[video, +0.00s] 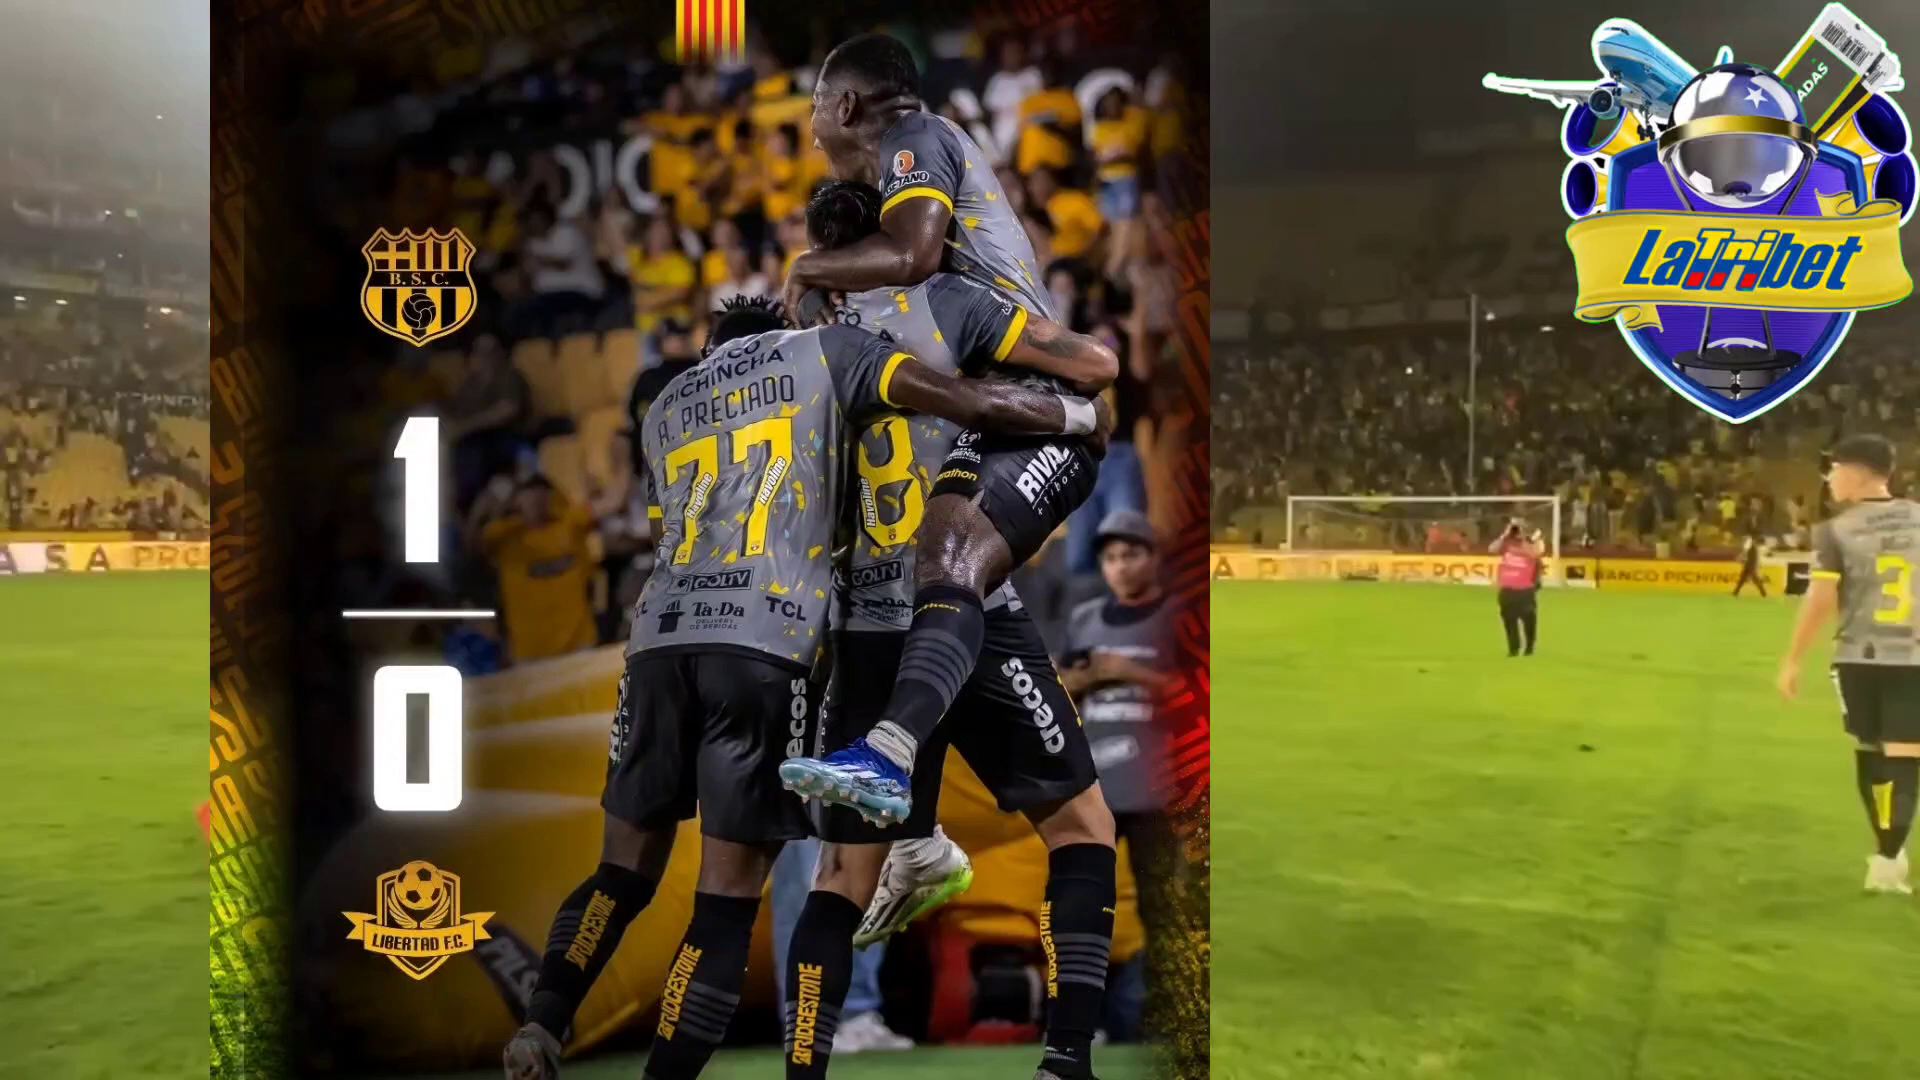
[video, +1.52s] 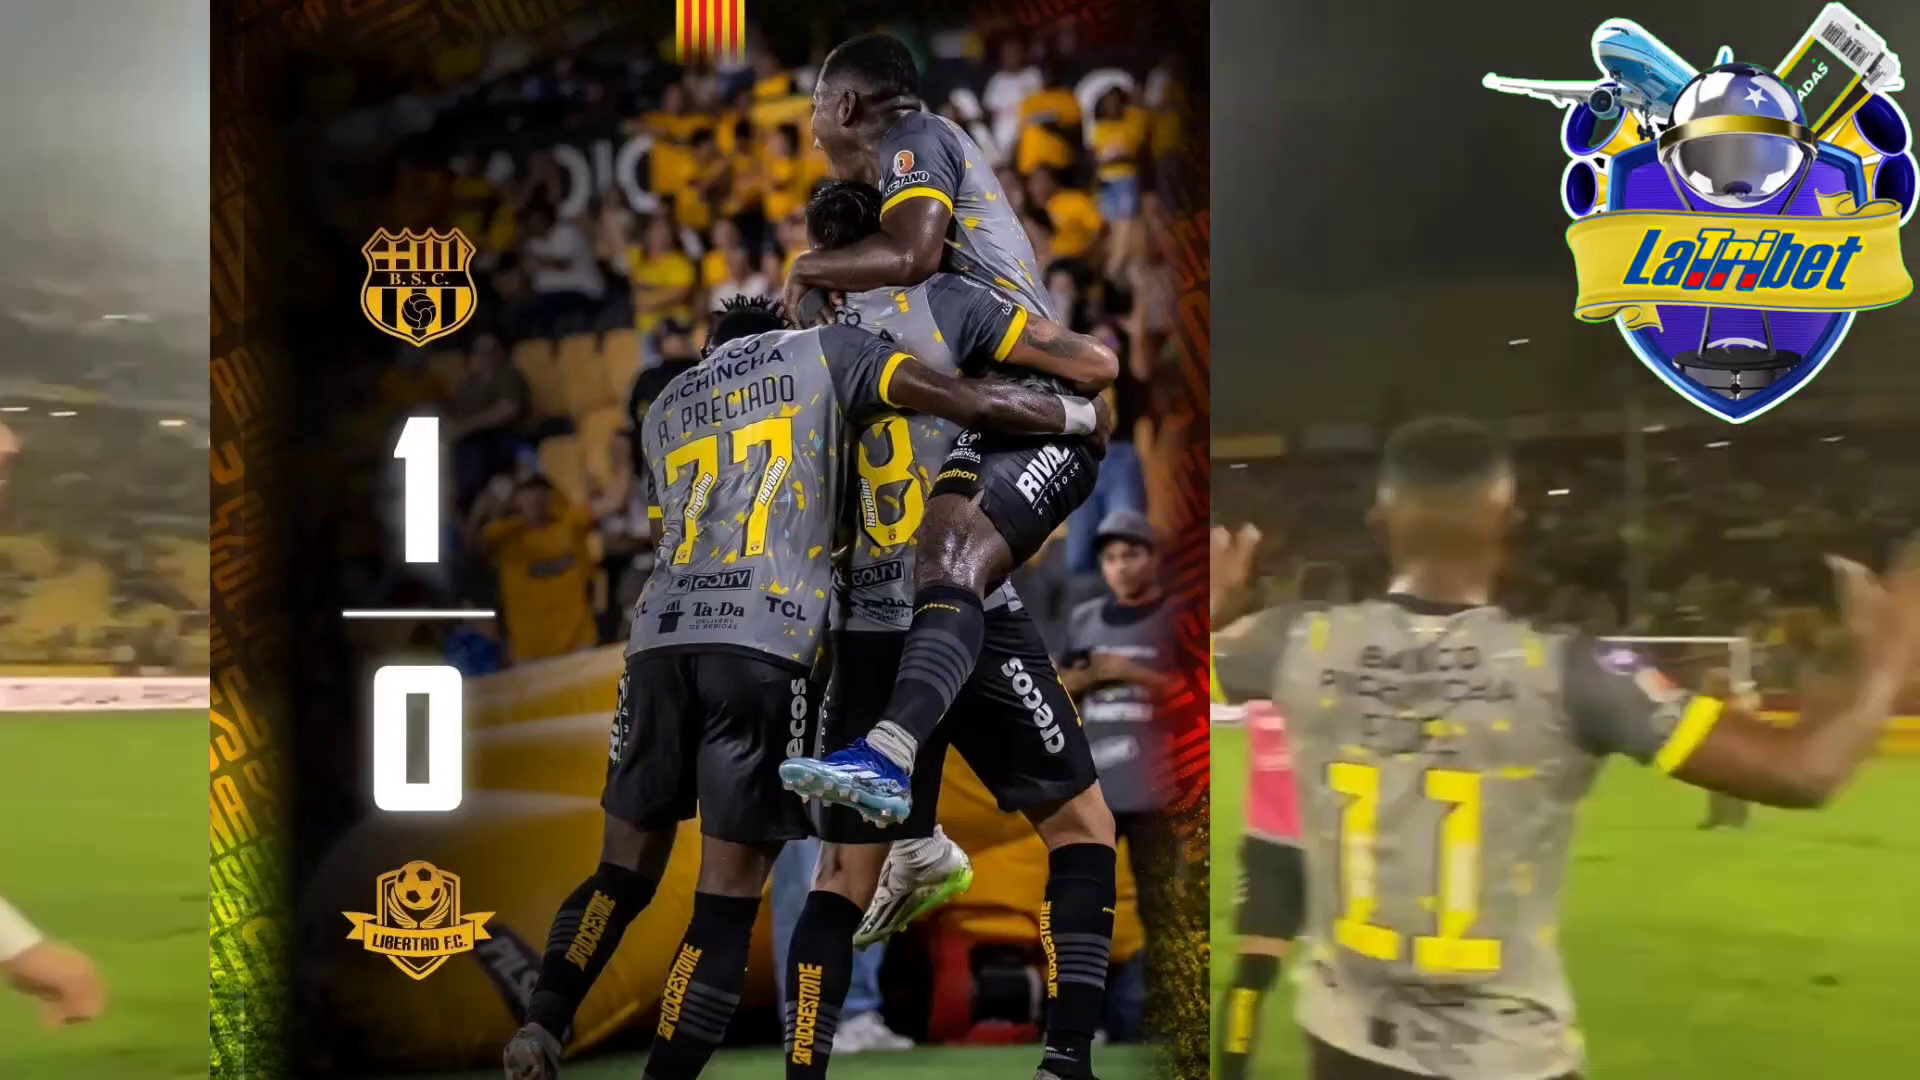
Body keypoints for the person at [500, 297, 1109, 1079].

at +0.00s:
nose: (821, 324)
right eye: (809, 318)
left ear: (708, 346)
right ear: (788, 324)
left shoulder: (661, 408)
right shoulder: (830, 347)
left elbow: (681, 519)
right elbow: (971, 400)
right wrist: (1088, 417)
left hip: (657, 648)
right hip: (762, 648)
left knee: (623, 867)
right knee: (727, 893)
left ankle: (543, 1026)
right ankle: (667, 1075)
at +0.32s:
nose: (822, 324)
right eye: (809, 317)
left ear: (708, 346)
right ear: (788, 323)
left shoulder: (661, 408)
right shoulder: (830, 347)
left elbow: (682, 518)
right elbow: (971, 400)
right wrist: (1089, 417)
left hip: (657, 648)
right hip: (762, 648)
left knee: (622, 868)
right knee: (727, 893)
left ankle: (543, 1026)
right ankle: (666, 1075)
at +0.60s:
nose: (820, 324)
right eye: (807, 318)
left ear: (708, 346)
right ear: (787, 324)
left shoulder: (660, 408)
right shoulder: (830, 348)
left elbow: (679, 520)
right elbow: (971, 400)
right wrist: (1089, 417)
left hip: (657, 648)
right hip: (761, 649)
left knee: (623, 867)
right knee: (726, 893)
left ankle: (543, 1026)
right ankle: (667, 1074)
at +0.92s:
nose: (821, 324)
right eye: (808, 317)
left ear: (708, 345)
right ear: (788, 324)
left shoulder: (661, 408)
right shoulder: (830, 347)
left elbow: (681, 519)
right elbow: (973, 400)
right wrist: (1088, 417)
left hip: (657, 648)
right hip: (762, 648)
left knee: (623, 867)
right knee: (727, 893)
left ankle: (543, 1026)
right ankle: (667, 1075)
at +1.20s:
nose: (822, 324)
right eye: (809, 317)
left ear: (708, 346)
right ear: (788, 323)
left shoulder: (661, 408)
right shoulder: (830, 347)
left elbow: (681, 518)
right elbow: (971, 400)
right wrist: (1088, 417)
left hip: (657, 648)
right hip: (762, 648)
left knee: (622, 868)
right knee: (727, 893)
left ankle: (543, 1026)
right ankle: (666, 1075)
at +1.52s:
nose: (821, 324)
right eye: (808, 317)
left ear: (708, 345)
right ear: (788, 324)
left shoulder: (661, 408)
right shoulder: (830, 347)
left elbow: (681, 519)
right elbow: (973, 400)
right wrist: (1088, 417)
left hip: (657, 648)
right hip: (762, 648)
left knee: (623, 867)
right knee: (727, 893)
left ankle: (543, 1026)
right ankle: (667, 1075)